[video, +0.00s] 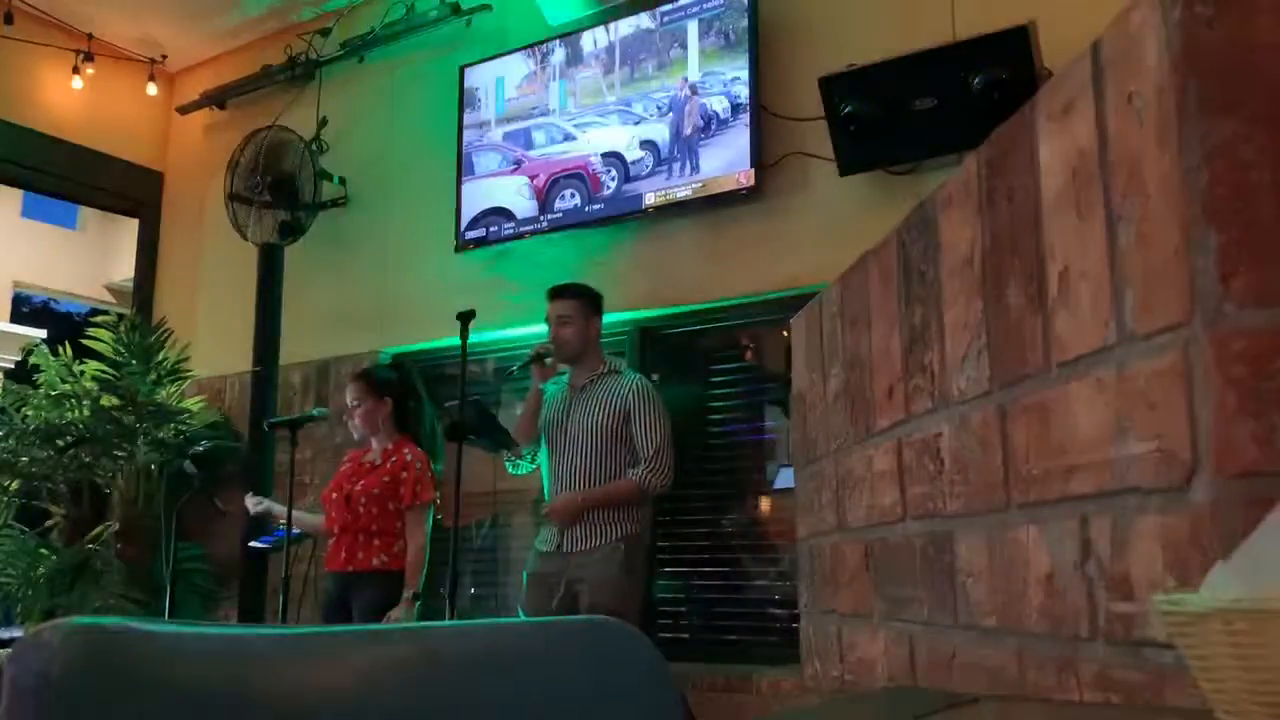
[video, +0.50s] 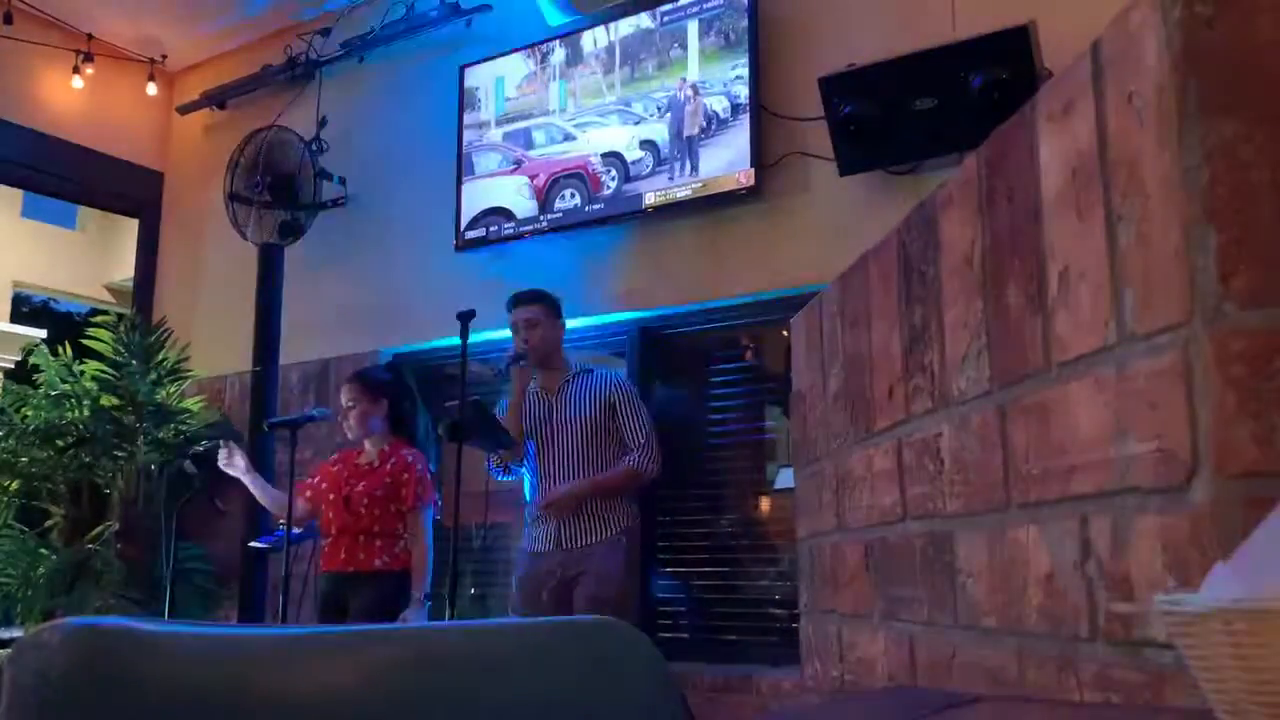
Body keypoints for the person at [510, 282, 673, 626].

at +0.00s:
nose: (553, 335)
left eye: (565, 324)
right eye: (550, 325)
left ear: (595, 327)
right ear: (547, 328)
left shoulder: (633, 388)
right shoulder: (549, 393)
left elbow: (658, 472)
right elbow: (518, 459)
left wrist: (582, 501)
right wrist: (536, 389)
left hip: (610, 548)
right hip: (551, 547)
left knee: (604, 660)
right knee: (537, 656)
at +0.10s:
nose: (545, 337)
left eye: (556, 326)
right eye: (541, 328)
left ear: (585, 329)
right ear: (537, 332)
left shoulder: (626, 388)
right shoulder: (542, 395)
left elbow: (653, 470)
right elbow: (513, 463)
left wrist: (577, 500)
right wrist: (530, 391)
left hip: (605, 548)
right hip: (546, 549)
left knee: (600, 661)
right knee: (534, 658)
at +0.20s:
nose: (538, 336)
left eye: (549, 324)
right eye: (533, 328)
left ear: (577, 328)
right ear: (530, 335)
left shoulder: (620, 390)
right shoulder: (536, 396)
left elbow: (650, 468)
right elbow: (505, 460)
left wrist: (575, 497)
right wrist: (526, 390)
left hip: (603, 545)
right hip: (543, 546)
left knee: (591, 656)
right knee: (531, 654)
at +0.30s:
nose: (531, 336)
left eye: (542, 324)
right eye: (526, 328)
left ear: (571, 327)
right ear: (523, 335)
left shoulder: (615, 386)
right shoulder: (527, 397)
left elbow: (647, 464)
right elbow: (502, 462)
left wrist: (574, 493)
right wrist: (521, 390)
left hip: (602, 545)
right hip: (540, 548)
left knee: (588, 656)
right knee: (531, 656)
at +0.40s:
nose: (527, 337)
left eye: (537, 325)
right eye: (521, 329)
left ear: (565, 328)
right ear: (518, 335)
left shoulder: (612, 387)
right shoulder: (523, 399)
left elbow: (645, 462)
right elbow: (501, 462)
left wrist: (571, 493)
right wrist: (518, 391)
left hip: (602, 545)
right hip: (540, 548)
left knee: (588, 657)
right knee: (531, 656)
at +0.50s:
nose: (522, 338)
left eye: (532, 326)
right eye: (516, 330)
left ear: (559, 329)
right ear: (512, 337)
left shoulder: (610, 386)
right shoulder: (515, 399)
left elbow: (646, 461)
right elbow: (503, 465)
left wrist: (578, 491)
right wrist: (517, 393)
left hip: (603, 547)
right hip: (539, 550)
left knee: (596, 657)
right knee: (530, 656)